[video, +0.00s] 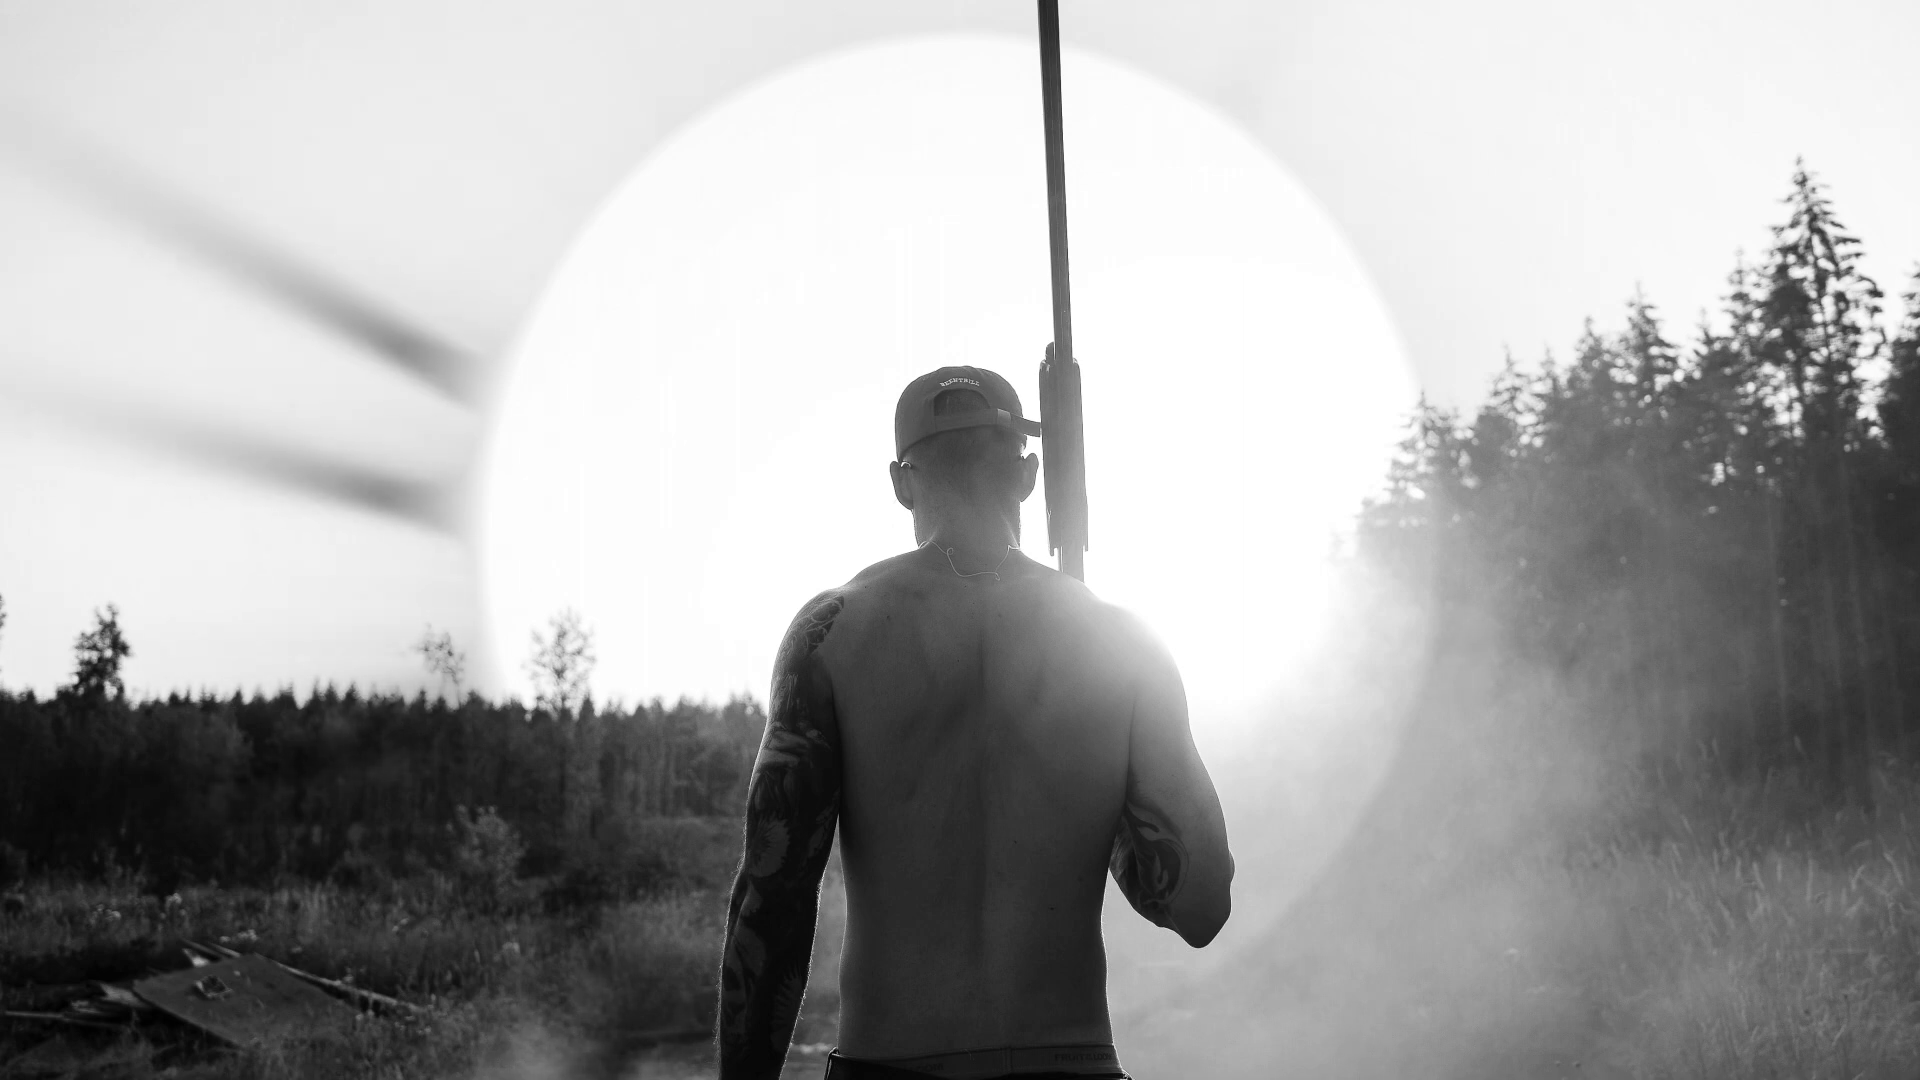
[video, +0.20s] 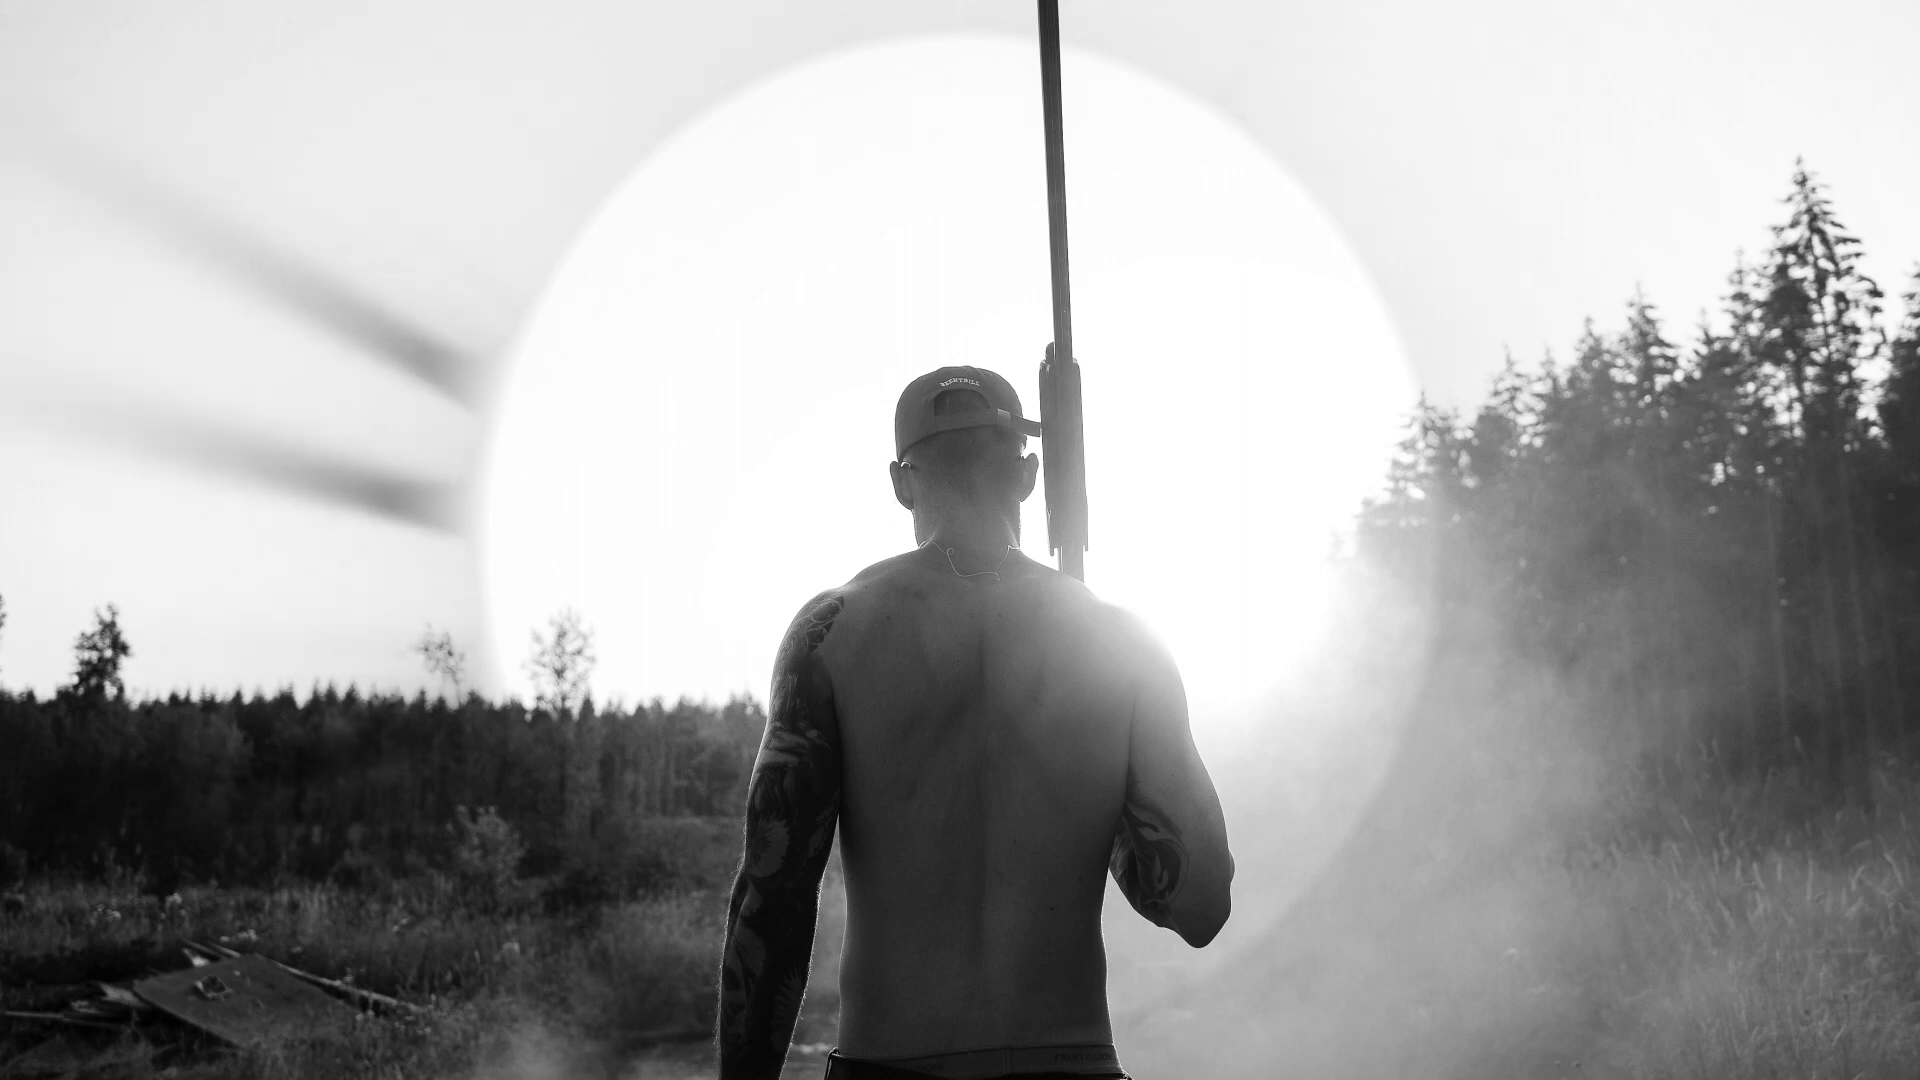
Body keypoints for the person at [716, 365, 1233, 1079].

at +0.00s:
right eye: (1015, 449)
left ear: (903, 486)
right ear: (1028, 477)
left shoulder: (831, 630)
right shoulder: (1121, 641)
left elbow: (773, 885)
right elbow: (1201, 905)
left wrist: (747, 1063)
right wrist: (1101, 800)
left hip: (886, 1046)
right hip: (1068, 1046)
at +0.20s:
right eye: (1015, 449)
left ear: (903, 486)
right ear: (1028, 477)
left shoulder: (831, 630)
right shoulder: (1121, 641)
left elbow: (773, 885)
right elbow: (1201, 905)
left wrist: (747, 1062)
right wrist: (1101, 800)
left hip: (886, 1046)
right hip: (1068, 1046)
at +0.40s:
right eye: (1015, 449)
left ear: (903, 486)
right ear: (1028, 477)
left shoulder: (831, 630)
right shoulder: (1121, 641)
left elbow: (773, 886)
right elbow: (1201, 905)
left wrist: (747, 1062)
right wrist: (1101, 800)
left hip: (886, 1046)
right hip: (1068, 1046)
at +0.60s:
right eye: (1015, 449)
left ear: (903, 486)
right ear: (1028, 477)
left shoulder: (831, 630)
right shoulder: (1121, 641)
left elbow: (773, 885)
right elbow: (1201, 905)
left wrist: (747, 1062)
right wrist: (1101, 800)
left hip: (886, 1046)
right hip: (1068, 1046)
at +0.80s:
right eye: (1015, 449)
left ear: (903, 486)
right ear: (1028, 477)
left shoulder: (831, 630)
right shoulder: (1121, 641)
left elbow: (773, 885)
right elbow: (1201, 905)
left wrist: (747, 1062)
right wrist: (1101, 800)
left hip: (886, 1046)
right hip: (1068, 1046)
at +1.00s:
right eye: (1015, 449)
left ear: (903, 486)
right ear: (1028, 477)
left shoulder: (831, 630)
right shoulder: (1121, 641)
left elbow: (773, 885)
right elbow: (1201, 905)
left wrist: (747, 1062)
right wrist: (1101, 800)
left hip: (886, 1046)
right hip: (1068, 1046)